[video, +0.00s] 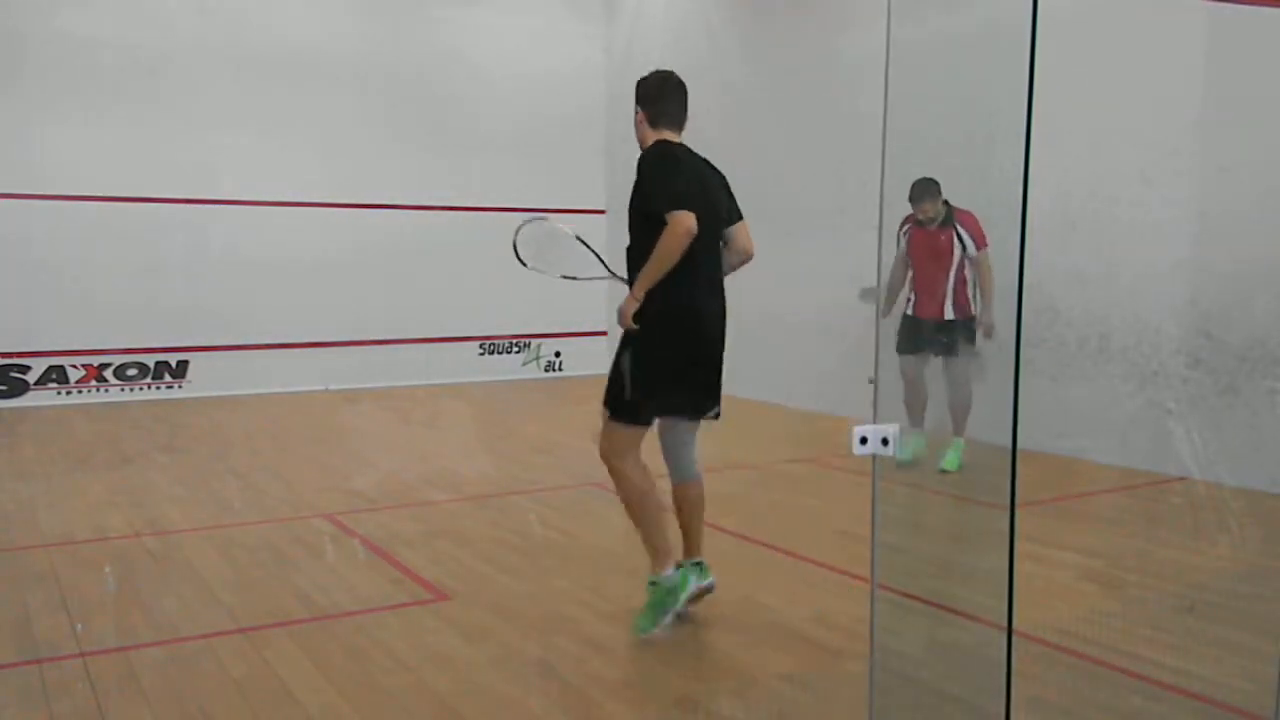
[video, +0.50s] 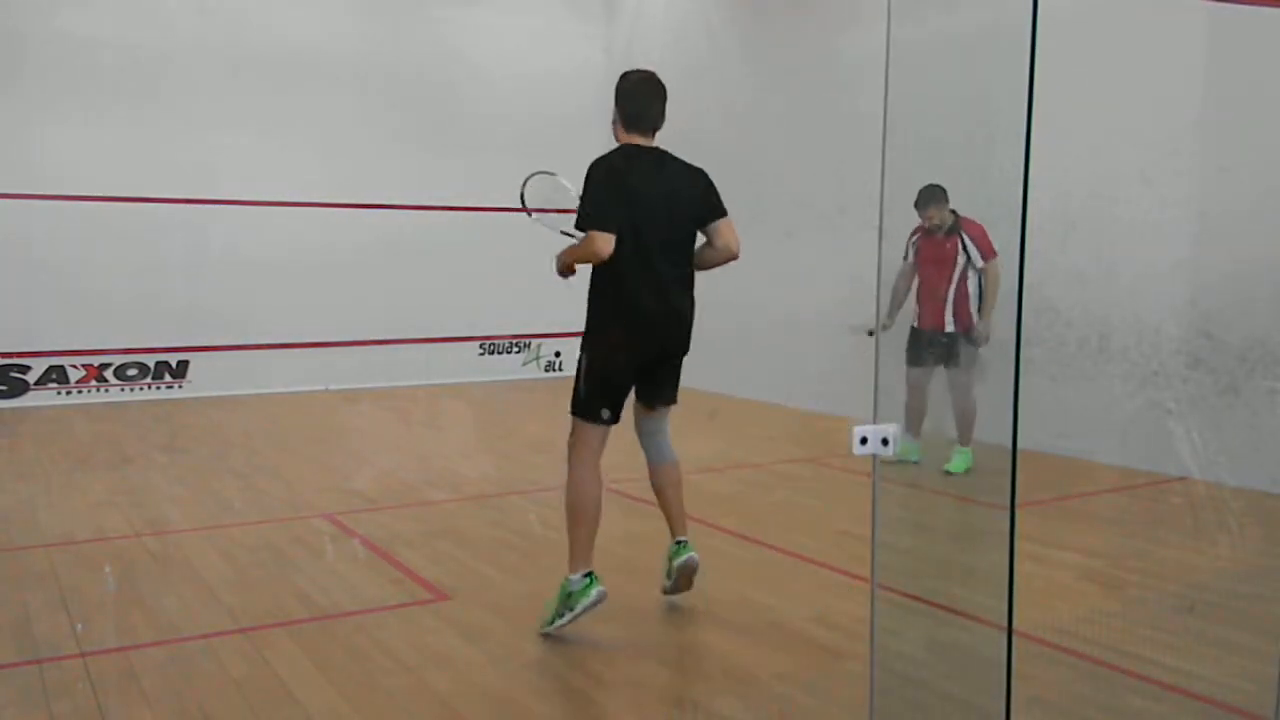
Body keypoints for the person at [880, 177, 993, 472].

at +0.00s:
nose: (921, 216)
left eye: (926, 210)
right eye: (917, 211)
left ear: (940, 202)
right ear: (912, 207)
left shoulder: (964, 223)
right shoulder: (909, 226)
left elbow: (982, 267)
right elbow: (901, 265)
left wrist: (986, 314)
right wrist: (890, 300)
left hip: (956, 318)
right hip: (917, 317)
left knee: (957, 378)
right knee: (910, 373)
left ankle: (957, 442)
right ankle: (915, 437)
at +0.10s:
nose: (921, 220)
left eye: (926, 214)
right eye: (917, 215)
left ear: (940, 205)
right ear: (911, 210)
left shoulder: (964, 228)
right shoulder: (907, 232)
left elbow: (986, 267)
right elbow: (896, 272)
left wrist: (987, 313)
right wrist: (883, 309)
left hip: (957, 322)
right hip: (918, 323)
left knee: (962, 382)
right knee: (918, 382)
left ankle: (968, 446)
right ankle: (933, 443)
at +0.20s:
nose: (922, 226)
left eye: (926, 220)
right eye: (917, 221)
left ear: (940, 211)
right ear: (912, 216)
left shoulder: (962, 233)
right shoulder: (908, 238)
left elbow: (982, 273)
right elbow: (893, 277)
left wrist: (988, 319)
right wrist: (881, 315)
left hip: (957, 330)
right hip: (919, 330)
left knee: (965, 386)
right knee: (921, 386)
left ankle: (974, 450)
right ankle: (933, 446)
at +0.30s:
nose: (922, 218)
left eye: (927, 213)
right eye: (918, 213)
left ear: (941, 203)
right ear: (913, 209)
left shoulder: (965, 226)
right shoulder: (910, 229)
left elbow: (981, 268)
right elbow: (896, 270)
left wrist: (983, 316)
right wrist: (882, 310)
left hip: (958, 323)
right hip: (922, 323)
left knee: (963, 382)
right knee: (921, 382)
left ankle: (967, 446)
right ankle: (932, 443)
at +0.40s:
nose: (924, 215)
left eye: (929, 209)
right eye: (920, 210)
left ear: (943, 200)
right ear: (915, 206)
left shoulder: (969, 225)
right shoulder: (913, 227)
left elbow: (986, 268)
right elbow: (904, 266)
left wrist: (983, 312)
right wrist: (888, 300)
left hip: (960, 319)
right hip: (923, 317)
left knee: (962, 379)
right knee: (915, 375)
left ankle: (963, 443)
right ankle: (920, 438)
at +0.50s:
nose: (927, 223)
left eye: (932, 217)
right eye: (923, 218)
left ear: (946, 208)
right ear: (919, 214)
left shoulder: (970, 232)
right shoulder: (918, 237)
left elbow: (992, 271)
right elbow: (906, 275)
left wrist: (985, 319)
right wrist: (891, 314)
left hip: (960, 330)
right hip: (924, 328)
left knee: (961, 388)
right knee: (915, 385)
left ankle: (963, 450)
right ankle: (910, 443)